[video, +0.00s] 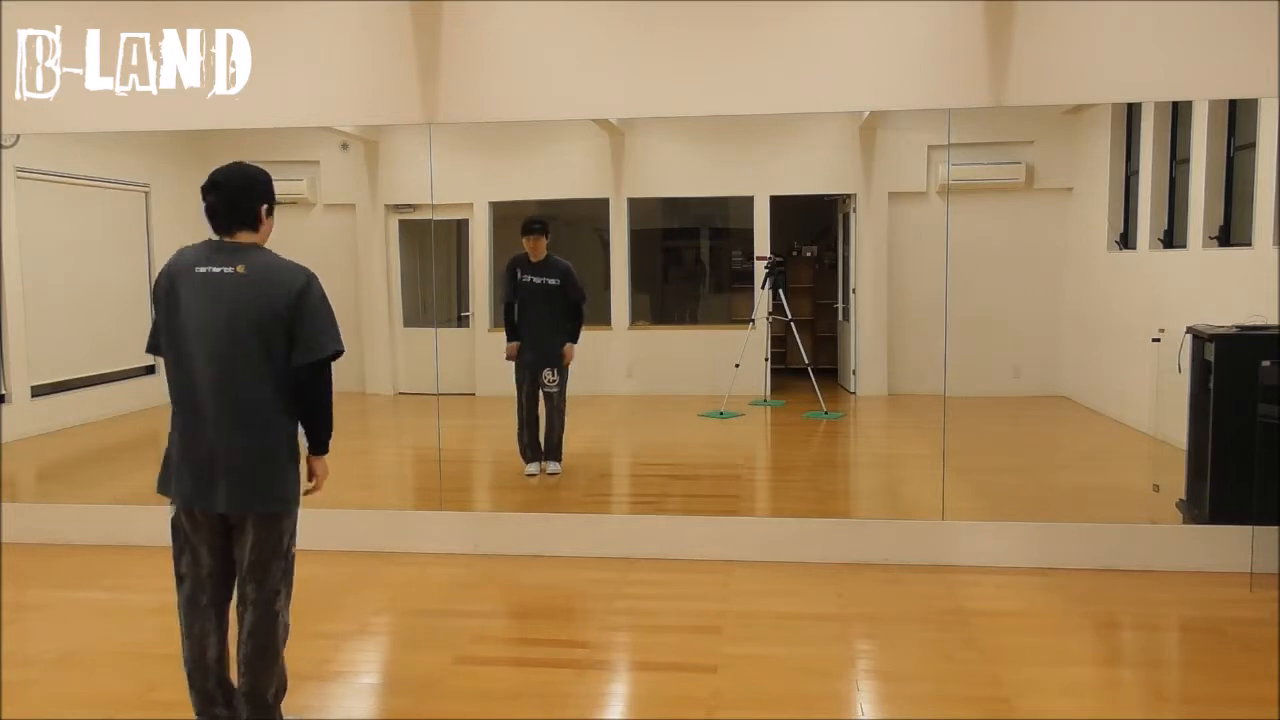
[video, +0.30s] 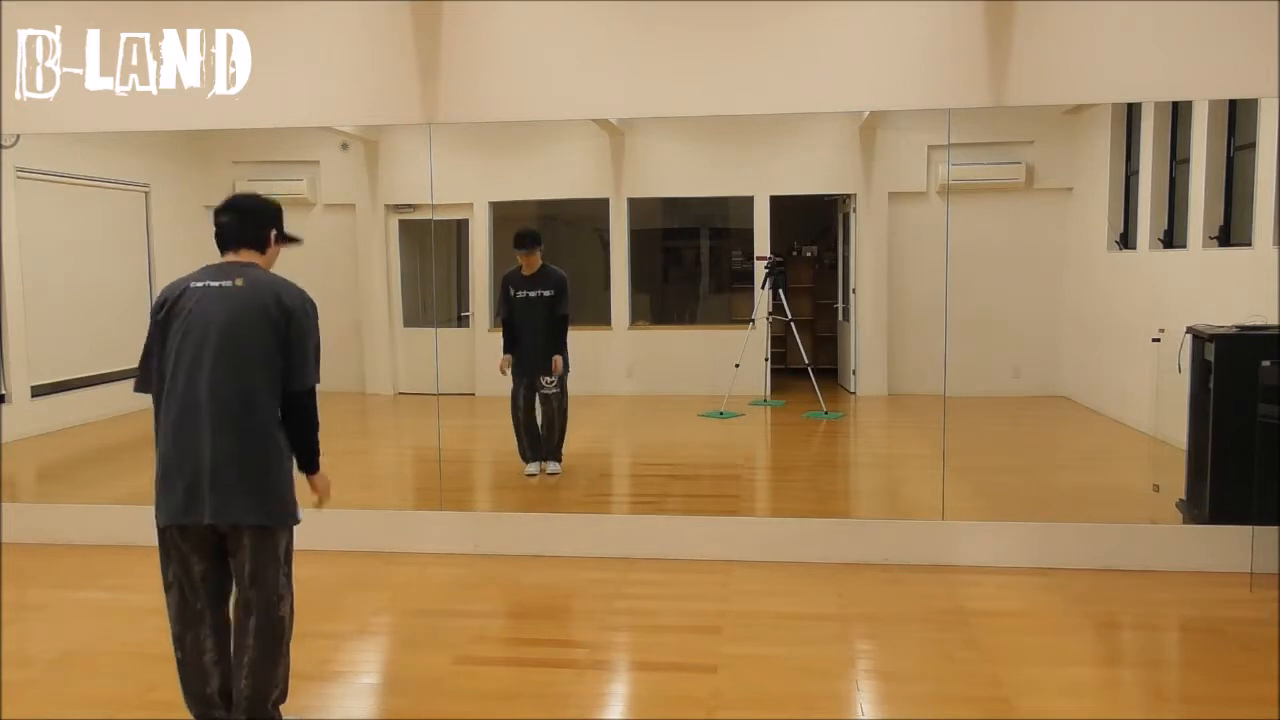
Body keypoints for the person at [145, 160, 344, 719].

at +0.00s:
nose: (273, 217)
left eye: (271, 209)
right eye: (273, 210)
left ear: (210, 214)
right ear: (265, 215)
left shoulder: (177, 271)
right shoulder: (295, 282)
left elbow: (170, 360)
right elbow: (313, 381)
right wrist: (318, 450)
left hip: (193, 467)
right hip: (267, 468)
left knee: (199, 598)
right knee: (265, 598)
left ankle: (213, 710)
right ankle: (260, 709)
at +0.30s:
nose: (281, 250)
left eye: (280, 243)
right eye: (280, 242)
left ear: (219, 241)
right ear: (270, 242)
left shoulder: (174, 296)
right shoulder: (289, 300)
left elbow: (159, 391)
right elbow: (298, 399)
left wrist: (185, 460)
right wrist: (312, 467)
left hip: (180, 487)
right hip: (257, 486)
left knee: (194, 611)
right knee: (263, 605)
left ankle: (210, 711)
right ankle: (257, 710)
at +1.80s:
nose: (342, 305)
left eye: (343, 300)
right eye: (343, 298)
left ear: (296, 278)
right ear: (334, 288)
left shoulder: (241, 301)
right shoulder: (337, 307)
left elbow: (236, 372)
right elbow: (357, 392)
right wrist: (365, 460)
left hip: (231, 461)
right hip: (294, 462)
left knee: (255, 574)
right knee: (311, 575)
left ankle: (282, 668)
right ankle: (282, 688)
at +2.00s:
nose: (342, 306)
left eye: (342, 302)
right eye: (344, 301)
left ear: (292, 283)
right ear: (334, 293)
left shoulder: (245, 313)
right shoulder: (337, 323)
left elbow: (230, 399)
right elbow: (352, 408)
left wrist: (227, 480)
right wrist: (359, 481)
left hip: (236, 462)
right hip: (296, 463)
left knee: (265, 553)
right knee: (306, 573)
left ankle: (270, 644)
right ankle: (284, 688)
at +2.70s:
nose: (337, 303)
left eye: (337, 298)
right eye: (339, 297)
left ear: (287, 281)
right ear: (331, 290)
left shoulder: (240, 313)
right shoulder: (336, 325)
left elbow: (215, 399)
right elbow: (338, 407)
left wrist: (242, 443)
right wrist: (337, 461)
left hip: (236, 465)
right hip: (300, 466)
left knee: (242, 576)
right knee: (306, 566)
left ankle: (242, 680)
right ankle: (274, 641)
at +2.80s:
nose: (343, 288)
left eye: (341, 283)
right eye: (343, 282)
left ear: (289, 275)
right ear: (334, 279)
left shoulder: (244, 305)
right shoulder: (341, 310)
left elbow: (203, 379)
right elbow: (359, 377)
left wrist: (245, 381)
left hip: (246, 470)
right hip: (311, 468)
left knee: (248, 577)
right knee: (346, 557)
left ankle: (248, 676)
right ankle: (308, 625)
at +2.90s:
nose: (348, 268)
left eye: (346, 263)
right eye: (348, 262)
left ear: (293, 257)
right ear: (342, 261)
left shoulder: (250, 296)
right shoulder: (350, 292)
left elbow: (179, 346)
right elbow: (400, 330)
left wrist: (234, 335)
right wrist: (444, 341)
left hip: (261, 468)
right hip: (329, 467)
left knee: (254, 577)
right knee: (382, 563)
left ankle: (248, 676)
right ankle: (372, 661)